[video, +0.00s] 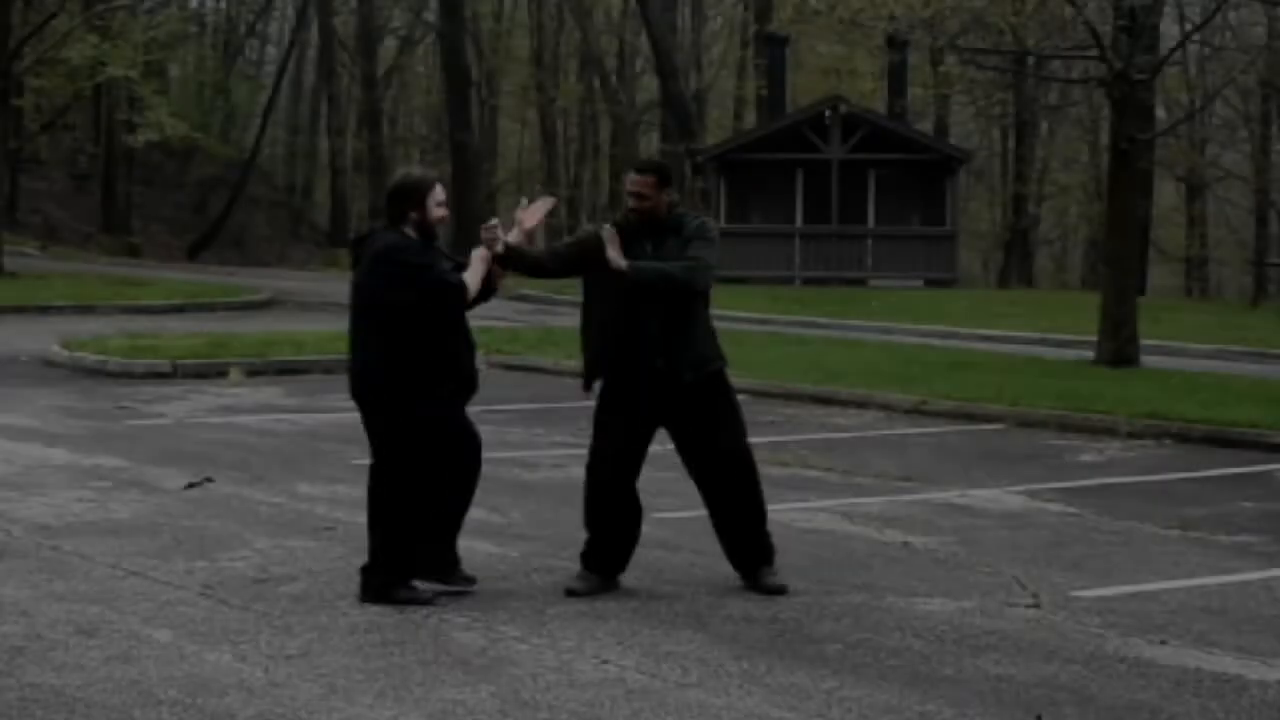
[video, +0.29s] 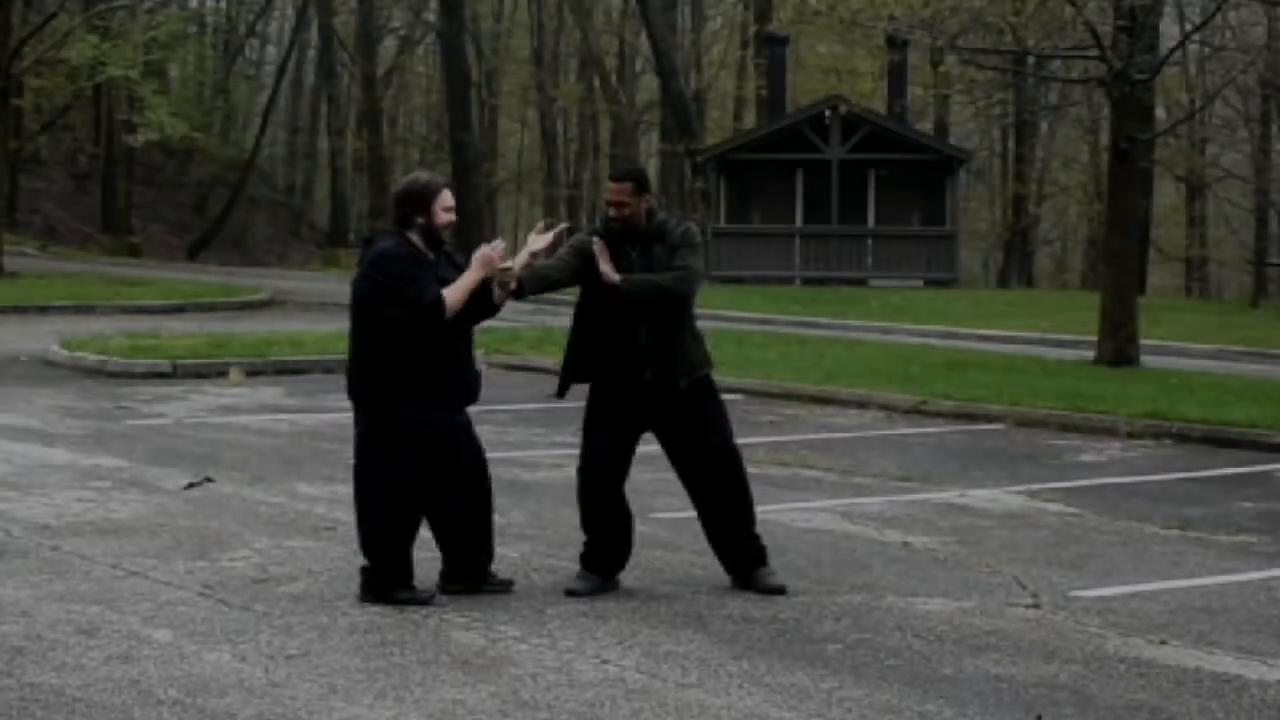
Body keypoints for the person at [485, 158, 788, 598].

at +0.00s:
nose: (633, 205)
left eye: (642, 198)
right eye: (629, 196)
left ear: (667, 198)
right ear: (623, 195)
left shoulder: (692, 232)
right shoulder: (613, 238)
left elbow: (697, 278)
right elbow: (553, 262)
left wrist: (625, 266)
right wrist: (505, 251)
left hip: (693, 378)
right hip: (628, 381)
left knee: (728, 470)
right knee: (608, 476)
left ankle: (758, 567)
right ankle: (600, 570)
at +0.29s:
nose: (613, 213)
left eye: (622, 206)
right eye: (608, 205)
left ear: (647, 203)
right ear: (602, 205)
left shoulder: (679, 236)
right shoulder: (597, 242)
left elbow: (684, 285)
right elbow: (558, 269)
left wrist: (621, 280)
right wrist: (518, 281)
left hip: (679, 381)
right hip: (616, 384)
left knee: (717, 472)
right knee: (598, 477)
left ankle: (749, 567)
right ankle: (600, 569)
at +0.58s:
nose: (613, 212)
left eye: (622, 204)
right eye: (608, 203)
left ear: (647, 203)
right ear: (603, 203)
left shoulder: (681, 238)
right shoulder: (593, 247)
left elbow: (686, 289)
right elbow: (560, 283)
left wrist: (623, 280)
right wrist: (529, 310)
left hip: (681, 383)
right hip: (616, 387)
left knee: (720, 471)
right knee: (598, 478)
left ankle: (751, 567)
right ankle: (599, 569)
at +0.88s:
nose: (662, 213)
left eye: (671, 206)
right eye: (660, 204)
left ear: (699, 207)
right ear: (656, 204)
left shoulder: (727, 246)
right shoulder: (648, 242)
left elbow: (726, 294)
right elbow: (592, 266)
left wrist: (657, 292)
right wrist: (605, 236)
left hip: (713, 389)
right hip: (649, 388)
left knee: (763, 473)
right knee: (615, 475)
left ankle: (821, 554)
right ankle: (598, 569)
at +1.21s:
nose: (736, 209)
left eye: (743, 202)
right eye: (734, 202)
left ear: (773, 203)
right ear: (739, 204)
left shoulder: (814, 251)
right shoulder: (733, 244)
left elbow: (822, 308)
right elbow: (697, 290)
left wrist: (772, 273)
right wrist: (662, 251)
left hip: (791, 388)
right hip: (731, 382)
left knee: (807, 477)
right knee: (674, 431)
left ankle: (825, 563)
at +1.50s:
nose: (757, 207)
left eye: (765, 200)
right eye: (756, 199)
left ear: (793, 202)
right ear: (760, 202)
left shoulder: (823, 251)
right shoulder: (758, 241)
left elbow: (782, 293)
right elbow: (732, 306)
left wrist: (733, 258)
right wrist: (727, 285)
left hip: (806, 384)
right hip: (748, 376)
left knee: (809, 477)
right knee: (692, 426)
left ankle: (823, 564)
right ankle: (702, 536)